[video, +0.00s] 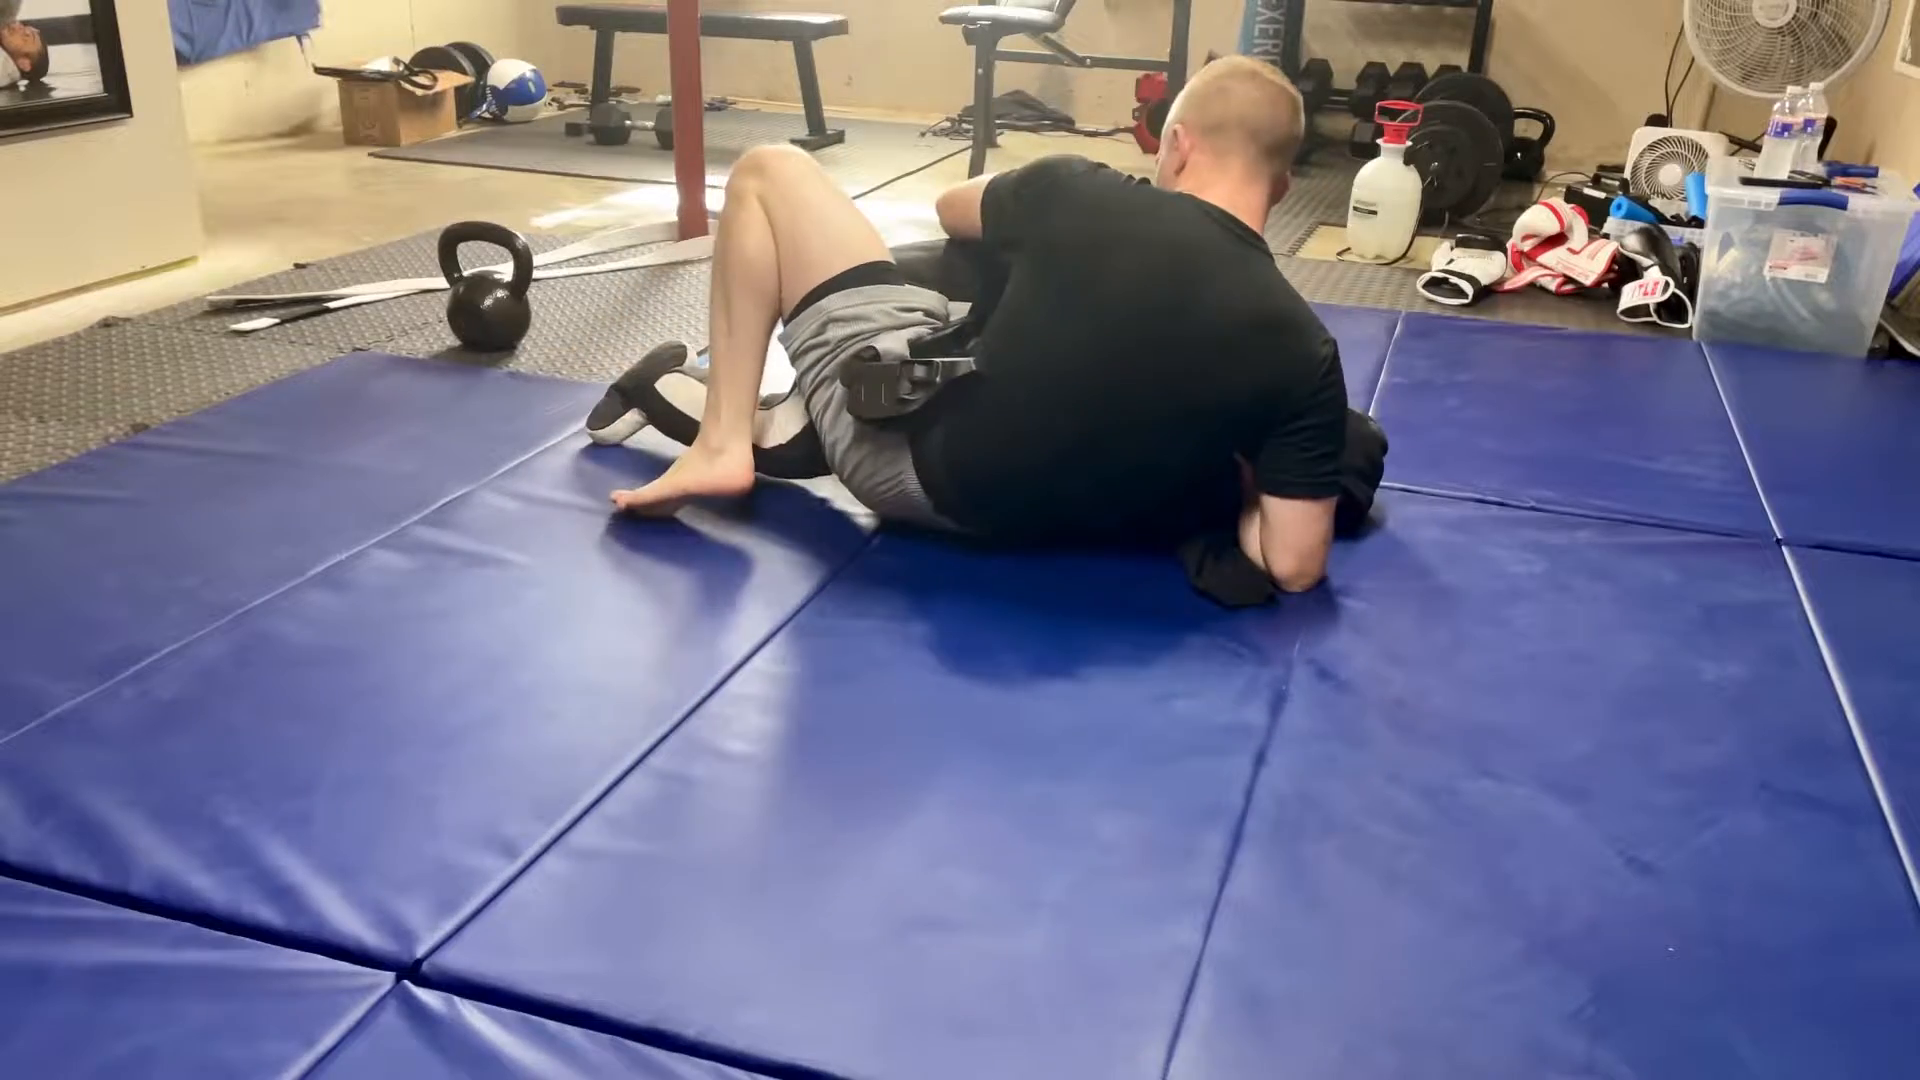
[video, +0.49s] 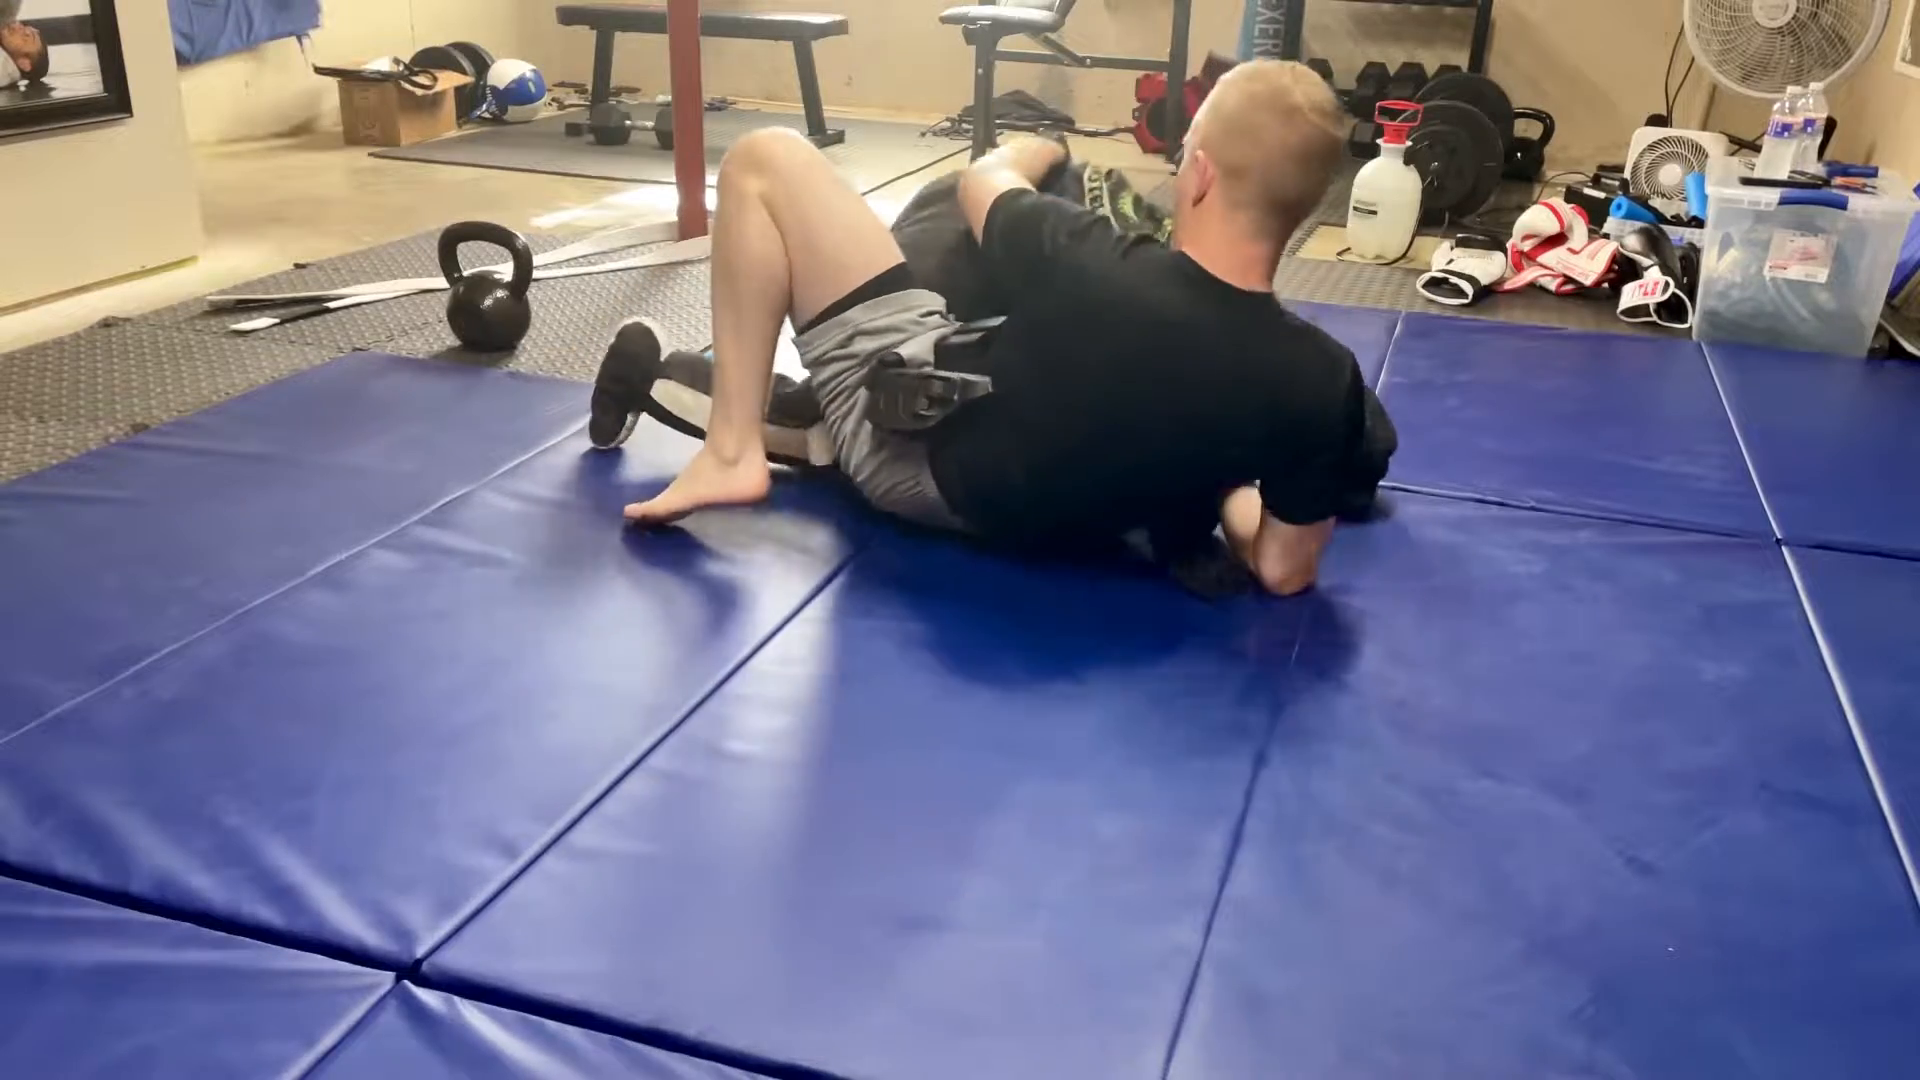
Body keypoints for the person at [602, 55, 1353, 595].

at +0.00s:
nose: (1162, 154)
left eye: (1162, 142)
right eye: (1171, 144)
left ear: (1174, 147)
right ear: (1284, 183)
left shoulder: (1070, 192)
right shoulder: (1301, 352)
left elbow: (954, 210)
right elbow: (1294, 567)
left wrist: (1051, 244)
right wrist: (1242, 471)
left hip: (914, 465)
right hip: (1049, 528)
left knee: (766, 170)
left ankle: (725, 443)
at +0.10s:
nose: (1160, 151)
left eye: (1163, 139)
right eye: (1167, 139)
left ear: (1174, 147)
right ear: (1284, 187)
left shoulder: (1070, 192)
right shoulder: (1296, 352)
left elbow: (950, 209)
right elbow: (1294, 566)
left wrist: (1053, 241)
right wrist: (1238, 481)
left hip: (917, 469)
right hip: (1063, 528)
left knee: (763, 170)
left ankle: (723, 442)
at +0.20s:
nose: (1159, 152)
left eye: (1163, 139)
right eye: (1165, 140)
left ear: (1174, 148)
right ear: (1282, 189)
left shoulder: (1066, 196)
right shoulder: (1295, 352)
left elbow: (950, 210)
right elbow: (1293, 565)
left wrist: (1049, 256)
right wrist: (1230, 469)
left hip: (910, 469)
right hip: (1055, 527)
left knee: (759, 168)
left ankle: (715, 441)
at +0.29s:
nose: (1158, 154)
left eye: (1161, 142)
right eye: (1168, 142)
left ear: (1171, 152)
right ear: (1283, 193)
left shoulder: (1059, 210)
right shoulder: (1299, 358)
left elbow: (951, 203)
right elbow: (1290, 568)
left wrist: (1041, 257)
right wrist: (1229, 460)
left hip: (914, 473)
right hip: (1068, 531)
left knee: (760, 166)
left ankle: (714, 440)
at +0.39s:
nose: (1167, 152)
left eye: (1172, 140)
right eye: (1178, 138)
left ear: (1182, 156)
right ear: (1293, 194)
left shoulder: (1057, 228)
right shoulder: (1308, 366)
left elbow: (961, 189)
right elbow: (1287, 568)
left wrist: (1003, 174)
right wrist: (1224, 461)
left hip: (912, 469)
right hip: (1049, 531)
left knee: (761, 159)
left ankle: (734, 444)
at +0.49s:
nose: (1177, 163)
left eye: (1185, 152)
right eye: (1189, 147)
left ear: (1198, 174)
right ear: (1312, 213)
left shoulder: (1073, 256)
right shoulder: (1321, 386)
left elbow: (976, 187)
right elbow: (1286, 573)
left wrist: (1024, 160)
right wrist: (1234, 486)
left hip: (925, 471)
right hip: (1057, 530)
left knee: (763, 157)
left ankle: (732, 452)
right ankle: (670, 392)